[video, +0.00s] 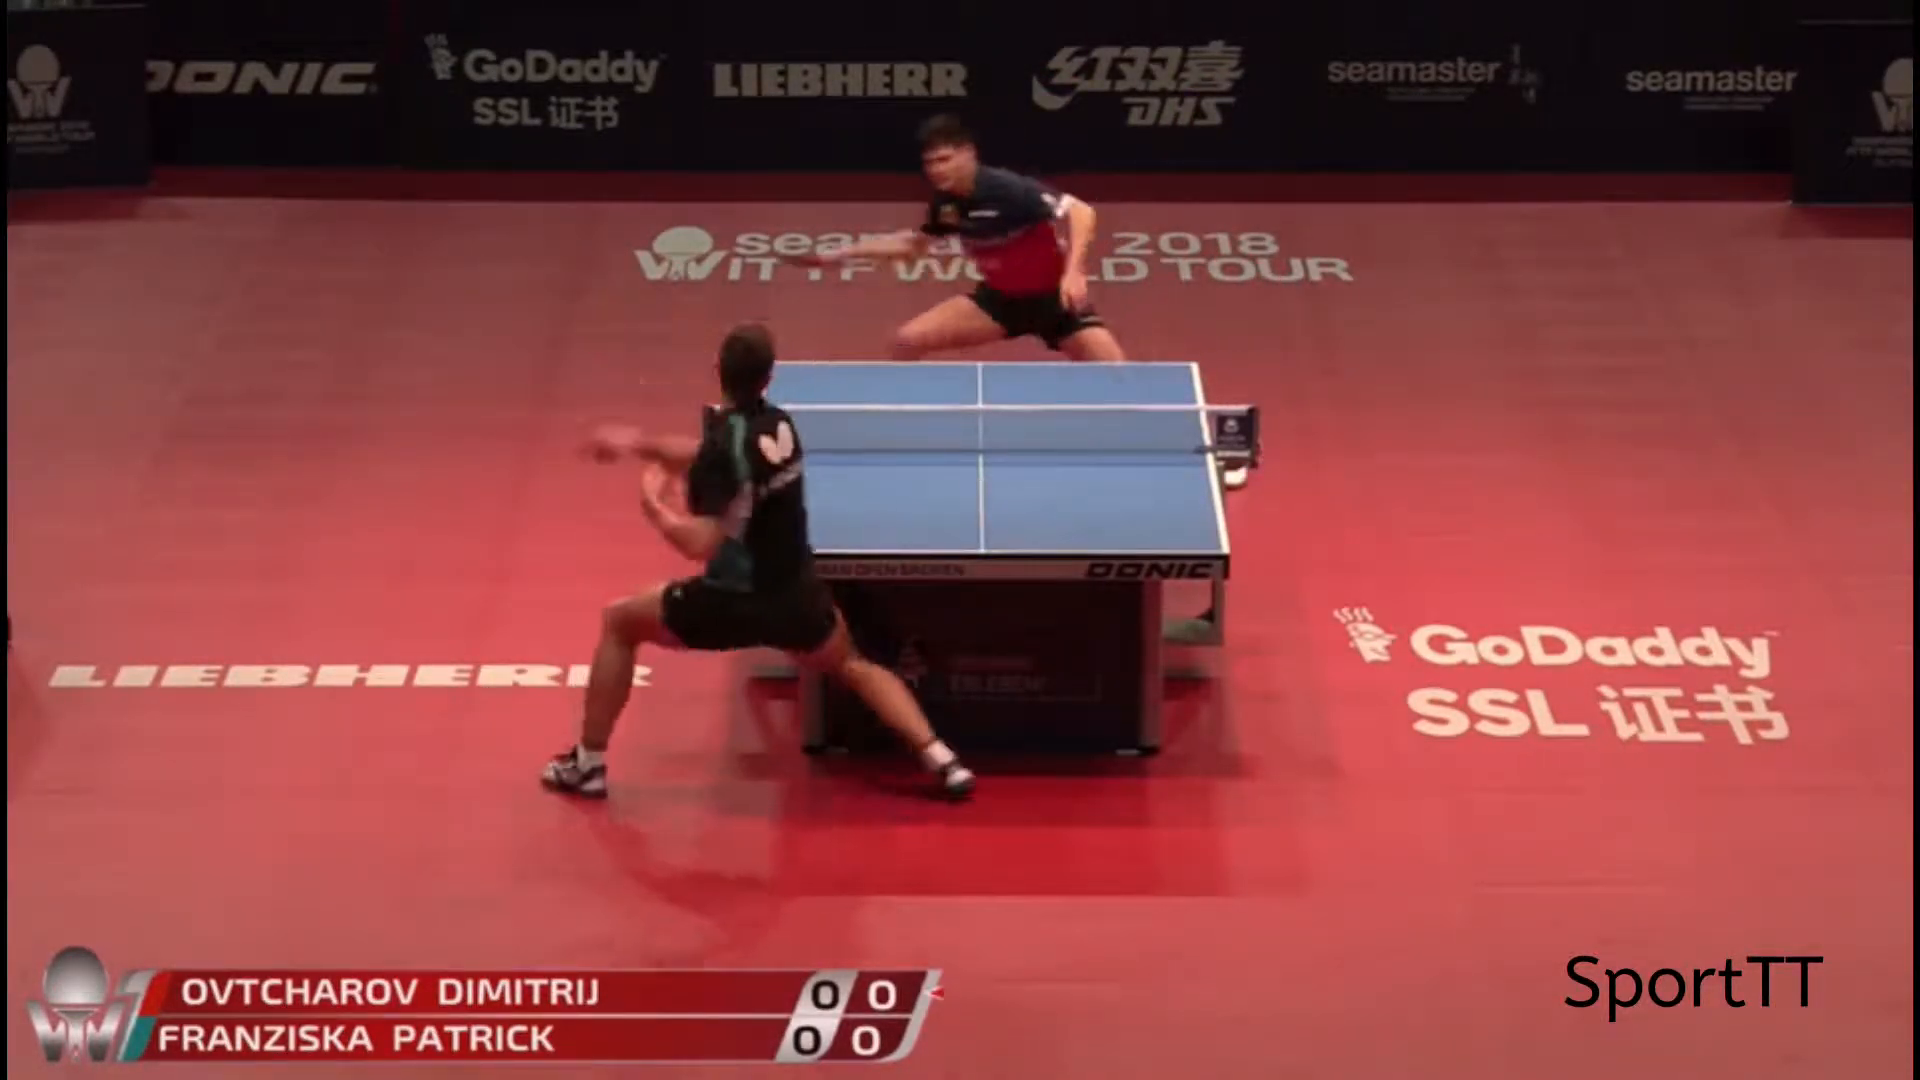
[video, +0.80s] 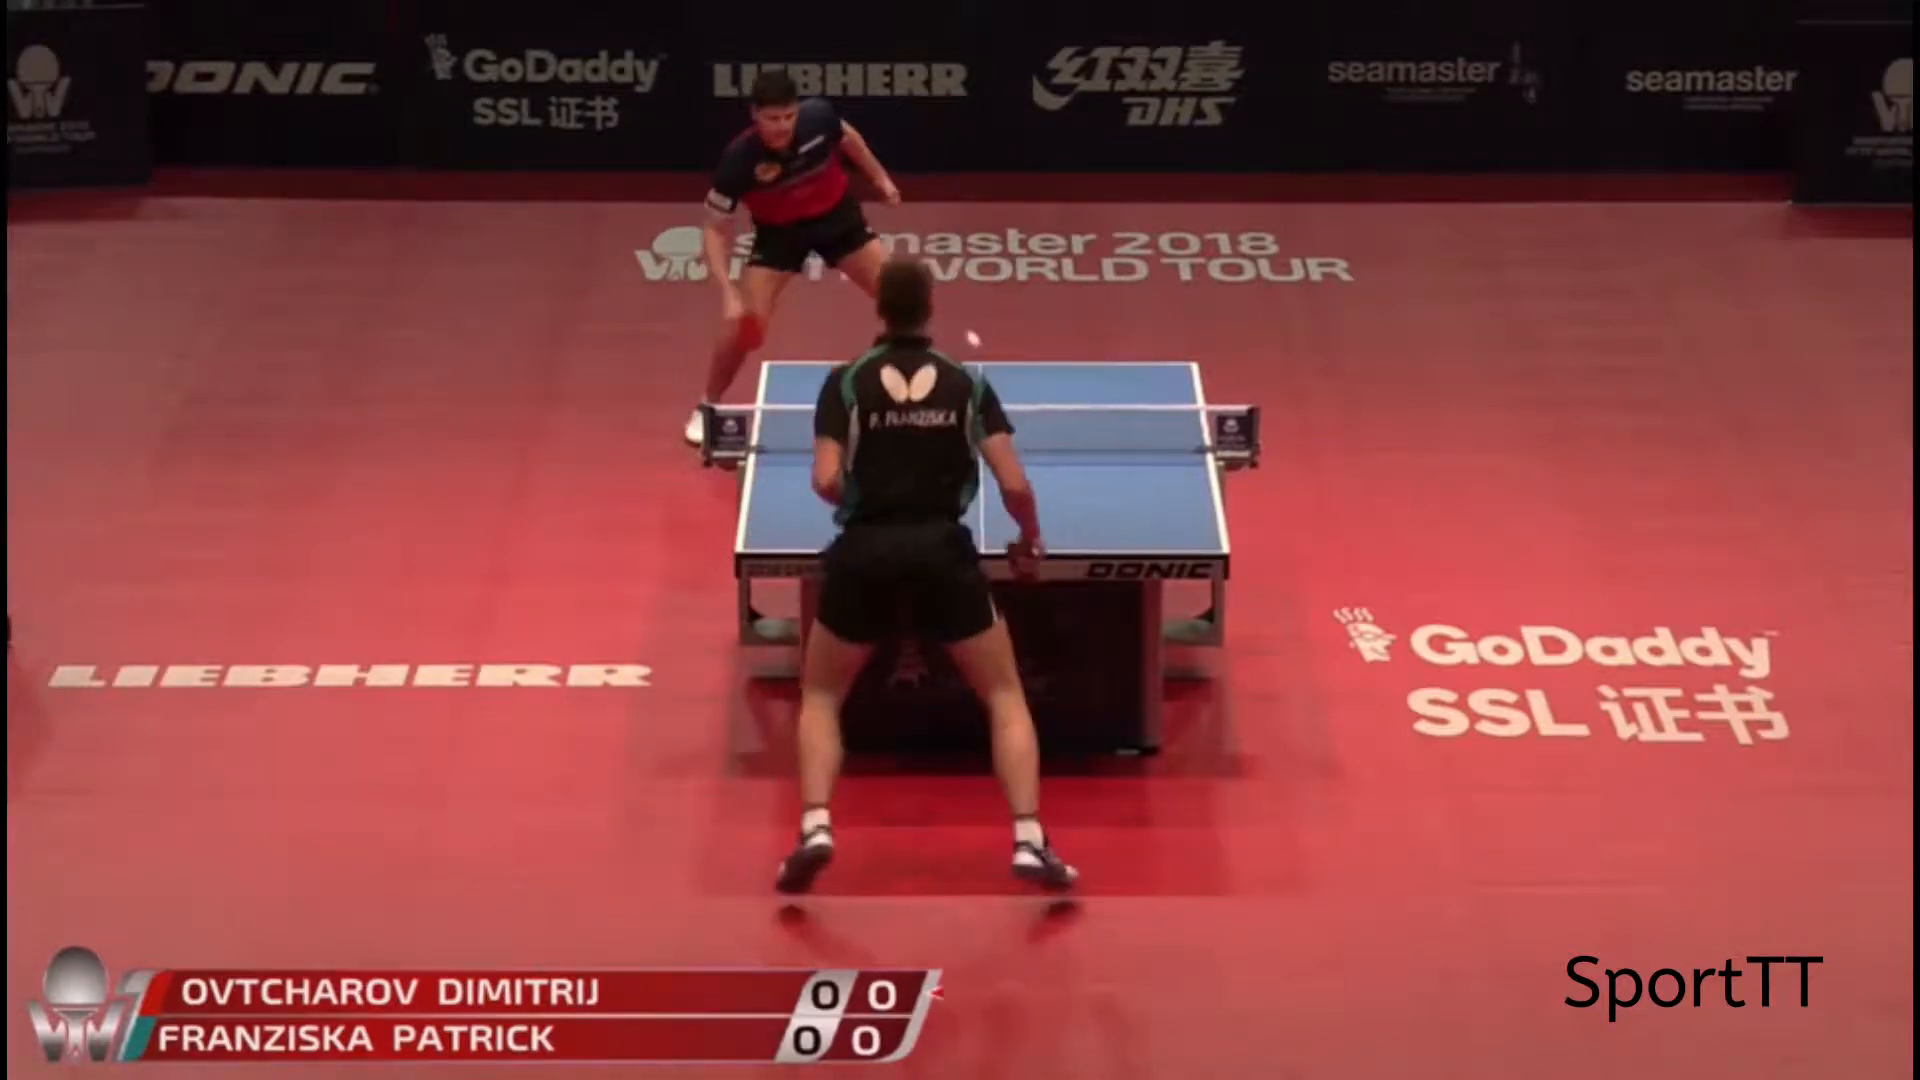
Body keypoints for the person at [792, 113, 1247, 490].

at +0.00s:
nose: (937, 171)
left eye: (945, 160)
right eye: (930, 164)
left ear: (970, 155)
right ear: (927, 167)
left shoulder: (1006, 188)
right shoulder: (944, 205)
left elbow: (1081, 214)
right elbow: (917, 246)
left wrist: (1075, 270)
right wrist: (849, 253)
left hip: (1056, 305)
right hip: (1000, 302)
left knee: (1119, 374)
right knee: (907, 340)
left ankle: (1188, 455)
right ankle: (895, 441)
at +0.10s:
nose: (837, 171)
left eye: (845, 160)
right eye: (830, 163)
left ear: (868, 155)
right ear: (826, 167)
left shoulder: (906, 169)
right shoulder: (832, 208)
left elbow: (985, 178)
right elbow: (775, 232)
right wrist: (745, 223)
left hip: (975, 263)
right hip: (928, 282)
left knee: (1055, 334)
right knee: (855, 312)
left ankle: (1120, 388)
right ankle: (828, 404)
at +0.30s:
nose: (802, 147)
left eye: (809, 136)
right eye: (793, 139)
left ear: (826, 131)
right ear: (784, 142)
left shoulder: (865, 139)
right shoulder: (791, 182)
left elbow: (930, 116)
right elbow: (764, 249)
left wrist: (981, 105)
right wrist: (725, 314)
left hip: (899, 243)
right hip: (839, 251)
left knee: (979, 317)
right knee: (771, 313)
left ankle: (972, 371)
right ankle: (784, 387)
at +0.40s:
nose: (782, 153)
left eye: (788, 143)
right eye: (772, 146)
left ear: (804, 135)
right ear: (762, 149)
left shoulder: (841, 141)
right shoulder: (770, 191)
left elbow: (892, 120)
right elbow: (747, 252)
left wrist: (944, 107)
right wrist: (710, 316)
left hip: (876, 248)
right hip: (817, 258)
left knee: (942, 332)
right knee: (760, 343)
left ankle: (941, 419)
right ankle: (713, 404)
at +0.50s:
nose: (773, 158)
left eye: (780, 147)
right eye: (764, 151)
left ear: (796, 140)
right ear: (754, 153)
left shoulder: (832, 146)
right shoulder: (759, 198)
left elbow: (876, 131)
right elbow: (740, 260)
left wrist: (930, 119)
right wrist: (699, 323)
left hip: (865, 254)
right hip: (805, 264)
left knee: (926, 334)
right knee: (753, 348)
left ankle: (951, 413)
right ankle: (710, 408)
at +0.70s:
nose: (765, 145)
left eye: (772, 135)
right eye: (756, 137)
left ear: (782, 128)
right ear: (740, 135)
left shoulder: (815, 133)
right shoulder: (732, 176)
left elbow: (853, 150)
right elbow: (718, 247)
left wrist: (890, 183)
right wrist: (706, 320)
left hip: (839, 232)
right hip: (779, 246)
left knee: (897, 312)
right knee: (744, 334)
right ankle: (707, 408)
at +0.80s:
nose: (780, 127)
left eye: (787, 118)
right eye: (771, 119)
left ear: (797, 111)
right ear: (755, 117)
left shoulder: (819, 118)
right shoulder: (741, 158)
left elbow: (848, 138)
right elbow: (714, 227)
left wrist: (881, 178)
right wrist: (727, 293)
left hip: (838, 223)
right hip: (779, 237)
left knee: (898, 295)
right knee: (745, 325)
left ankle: (909, 392)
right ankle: (708, 407)